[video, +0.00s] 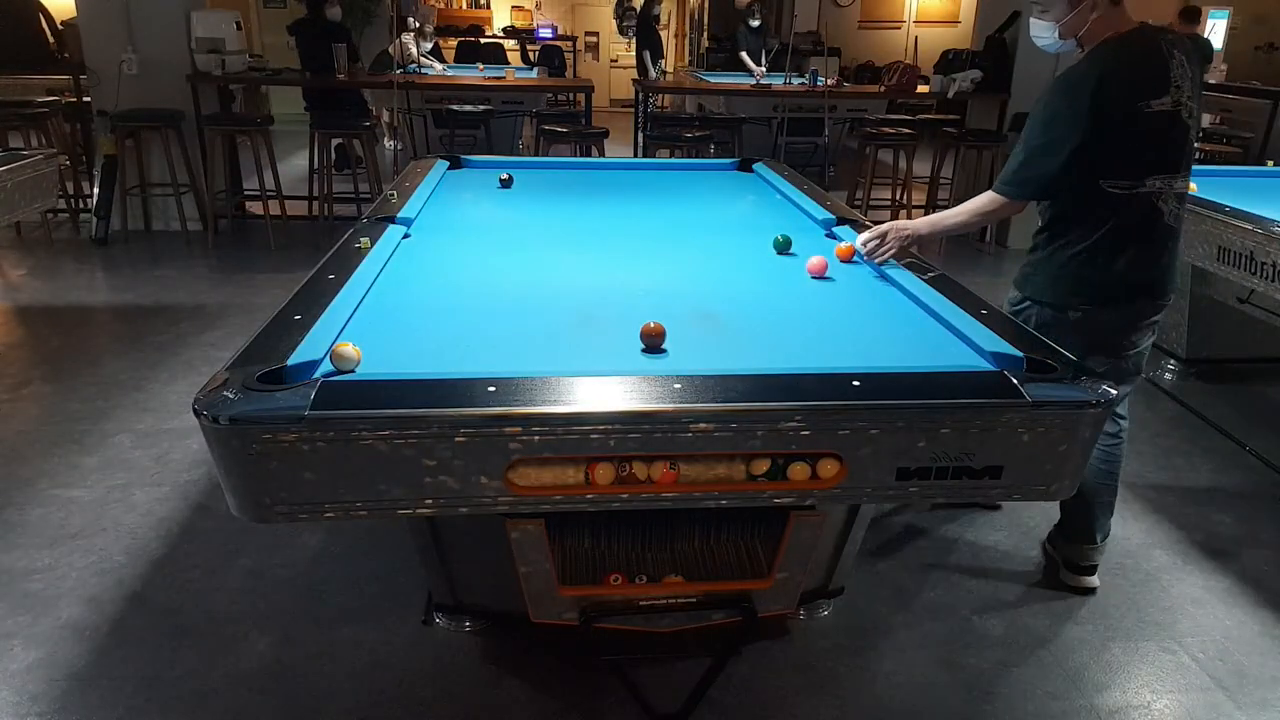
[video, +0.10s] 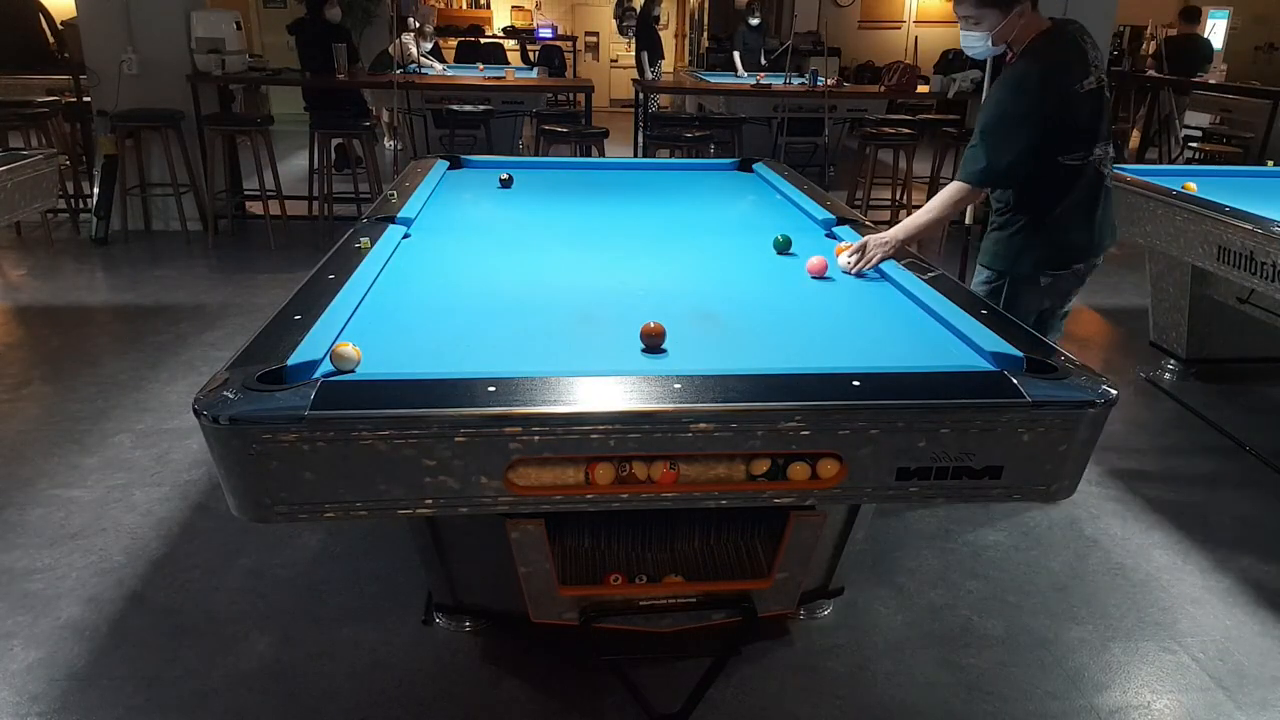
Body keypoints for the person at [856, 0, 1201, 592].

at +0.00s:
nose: (1054, 24)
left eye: (1058, 12)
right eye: (1052, 14)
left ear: (1089, 6)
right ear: (1112, 7)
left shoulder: (1081, 84)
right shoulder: (1176, 56)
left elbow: (1008, 197)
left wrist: (914, 227)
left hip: (1068, 274)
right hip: (1144, 276)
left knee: (1015, 391)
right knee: (1108, 411)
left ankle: (975, 479)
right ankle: (1079, 555)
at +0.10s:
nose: (967, 31)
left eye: (976, 21)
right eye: (962, 20)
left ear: (1019, 12)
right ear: (1024, 12)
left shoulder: (1022, 82)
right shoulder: (1074, 37)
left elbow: (971, 183)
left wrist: (893, 236)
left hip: (1026, 251)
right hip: (1076, 240)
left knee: (981, 357)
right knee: (1036, 360)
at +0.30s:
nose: (953, 39)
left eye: (967, 31)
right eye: (946, 26)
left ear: (1008, 25)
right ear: (939, 14)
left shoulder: (1010, 87)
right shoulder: (1020, 40)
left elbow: (961, 179)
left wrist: (894, 236)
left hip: (1018, 235)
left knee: (980, 349)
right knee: (1024, 343)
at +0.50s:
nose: (957, 40)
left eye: (970, 31)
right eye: (950, 27)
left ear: (1010, 27)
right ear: (944, 16)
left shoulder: (1015, 87)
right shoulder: (1018, 39)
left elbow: (963, 178)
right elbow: (951, 62)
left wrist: (893, 236)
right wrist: (918, 73)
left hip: (1022, 245)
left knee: (994, 358)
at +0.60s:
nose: (963, 41)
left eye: (977, 32)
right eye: (956, 28)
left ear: (1016, 28)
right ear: (949, 17)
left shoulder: (1021, 88)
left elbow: (966, 179)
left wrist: (895, 235)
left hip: (1030, 242)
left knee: (998, 357)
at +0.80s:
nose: (1064, 10)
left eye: (1076, 4)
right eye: (1064, 4)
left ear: (1110, 6)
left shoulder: (1135, 56)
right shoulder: (1078, 53)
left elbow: (1089, 143)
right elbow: (1060, 134)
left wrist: (1014, 121)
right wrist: (1031, 190)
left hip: (1101, 234)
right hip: (1064, 226)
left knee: (1041, 347)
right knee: (1082, 341)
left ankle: (1036, 452)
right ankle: (1092, 438)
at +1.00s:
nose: (1064, 48)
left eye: (1074, 37)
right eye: (1056, 37)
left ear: (1109, 18)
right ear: (1048, 27)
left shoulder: (1145, 66)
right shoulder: (1088, 62)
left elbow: (1085, 154)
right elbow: (1057, 135)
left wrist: (997, 179)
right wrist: (1009, 176)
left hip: (1147, 235)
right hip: (1105, 226)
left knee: (1104, 353)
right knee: (1089, 345)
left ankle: (1091, 461)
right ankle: (1078, 454)